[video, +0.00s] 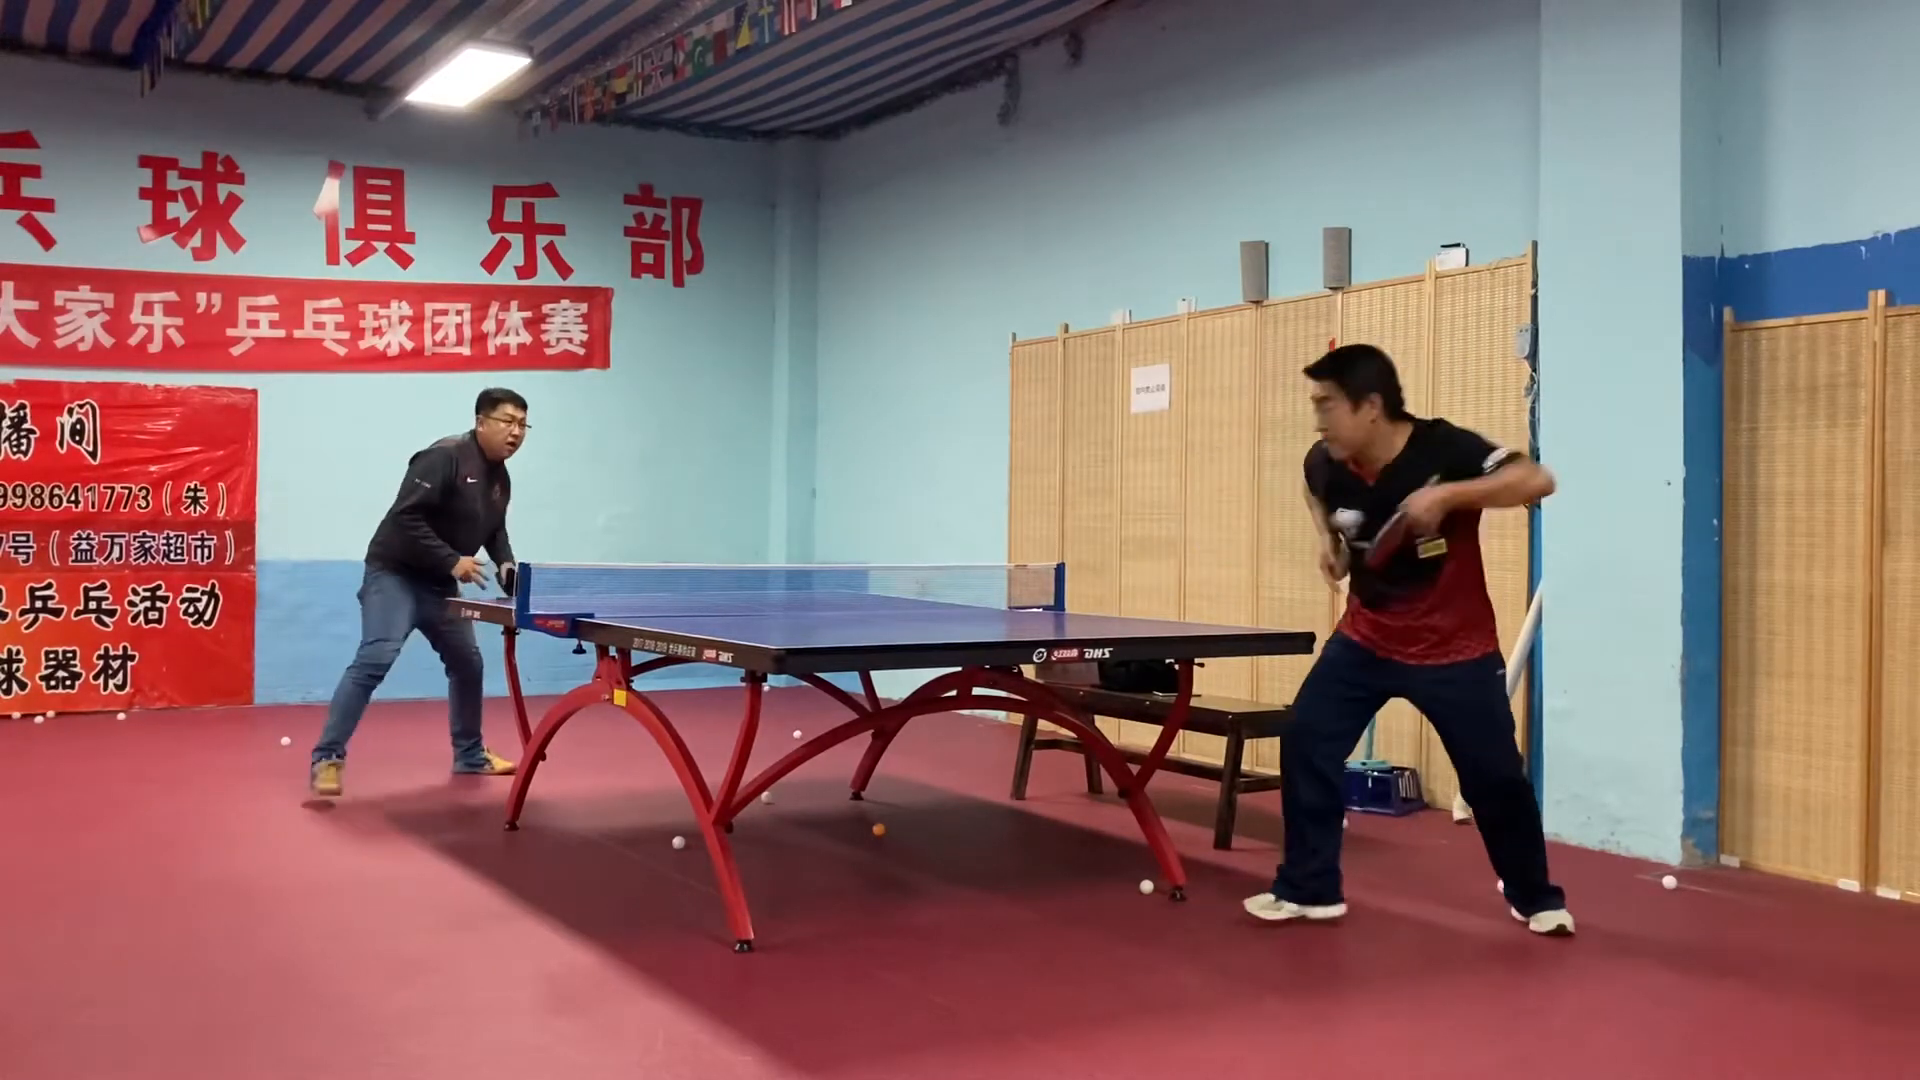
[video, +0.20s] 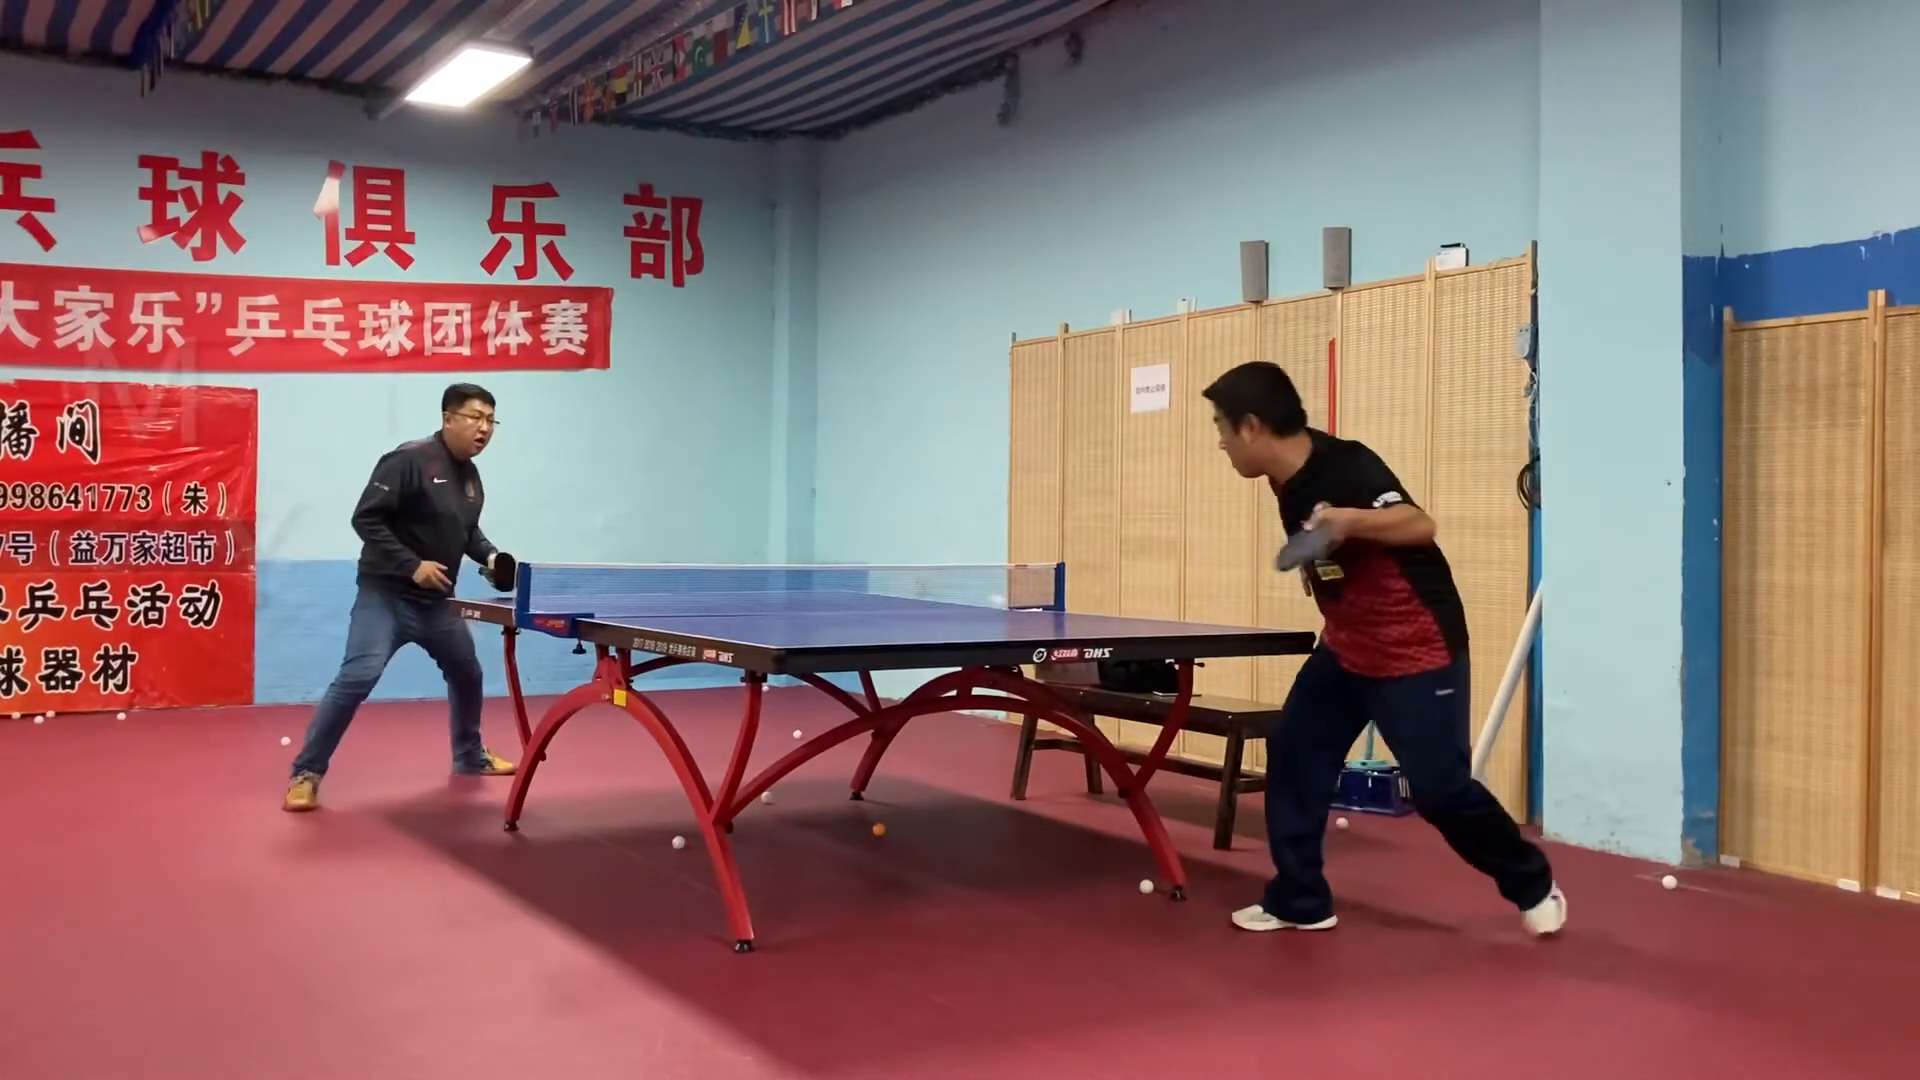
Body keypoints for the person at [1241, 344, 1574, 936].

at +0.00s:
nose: (1318, 419)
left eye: (1327, 405)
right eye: (1315, 406)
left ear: (1371, 407)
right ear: (1361, 409)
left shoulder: (1443, 446)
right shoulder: (1326, 465)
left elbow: (1537, 480)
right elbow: (1316, 493)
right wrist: (1329, 539)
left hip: (1454, 648)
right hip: (1366, 641)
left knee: (1496, 777)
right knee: (1307, 742)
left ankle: (1537, 897)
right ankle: (1310, 888)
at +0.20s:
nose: (1221, 444)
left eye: (1223, 430)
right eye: (1219, 431)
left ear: (1254, 427)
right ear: (1261, 426)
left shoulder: (1350, 464)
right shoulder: (1288, 483)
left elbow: (1421, 526)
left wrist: (1349, 522)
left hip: (1416, 653)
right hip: (1347, 650)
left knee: (1440, 789)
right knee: (1294, 752)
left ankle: (1533, 886)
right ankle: (1300, 899)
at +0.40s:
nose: (1208, 420)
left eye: (1208, 405)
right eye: (1206, 406)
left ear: (1234, 403)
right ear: (1253, 398)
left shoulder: (1327, 449)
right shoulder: (1281, 465)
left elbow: (1359, 532)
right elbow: (1337, 548)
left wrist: (1262, 511)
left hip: (1404, 643)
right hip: (1343, 646)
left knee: (1367, 773)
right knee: (1296, 763)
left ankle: (1456, 932)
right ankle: (1301, 900)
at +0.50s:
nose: (1222, 404)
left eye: (1223, 389)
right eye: (1221, 389)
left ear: (1248, 386)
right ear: (1268, 383)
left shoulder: (1330, 445)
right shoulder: (1293, 449)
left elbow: (1312, 546)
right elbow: (1318, 539)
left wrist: (1223, 506)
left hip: (1394, 649)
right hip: (1343, 648)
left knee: (1368, 786)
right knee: (1297, 768)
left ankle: (1391, 972)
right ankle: (1300, 900)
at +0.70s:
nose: (1244, 370)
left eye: (1244, 354)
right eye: (1243, 355)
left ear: (1269, 351)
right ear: (1314, 346)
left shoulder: (1322, 426)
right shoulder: (1340, 409)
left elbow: (1291, 546)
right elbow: (1312, 535)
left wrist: (1187, 516)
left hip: (1382, 643)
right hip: (1388, 636)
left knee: (1338, 791)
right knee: (1347, 781)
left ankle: (1383, 978)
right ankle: (1386, 913)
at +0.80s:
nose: (1244, 346)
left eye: (1246, 329)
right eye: (1244, 330)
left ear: (1273, 328)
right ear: (1311, 326)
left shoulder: (1316, 411)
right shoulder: (1365, 389)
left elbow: (1292, 533)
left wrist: (1201, 523)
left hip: (1367, 641)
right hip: (1408, 630)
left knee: (1339, 793)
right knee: (1378, 778)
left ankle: (1382, 978)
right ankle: (1458, 922)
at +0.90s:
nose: (1251, 360)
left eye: (1251, 344)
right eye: (1248, 346)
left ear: (1280, 337)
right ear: (1321, 334)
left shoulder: (1310, 425)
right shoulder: (1368, 404)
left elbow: (1278, 534)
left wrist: (1166, 519)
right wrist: (1181, 523)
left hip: (1355, 651)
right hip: (1412, 642)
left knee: (1281, 790)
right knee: (1418, 794)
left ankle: (1365, 959)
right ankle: (1519, 951)